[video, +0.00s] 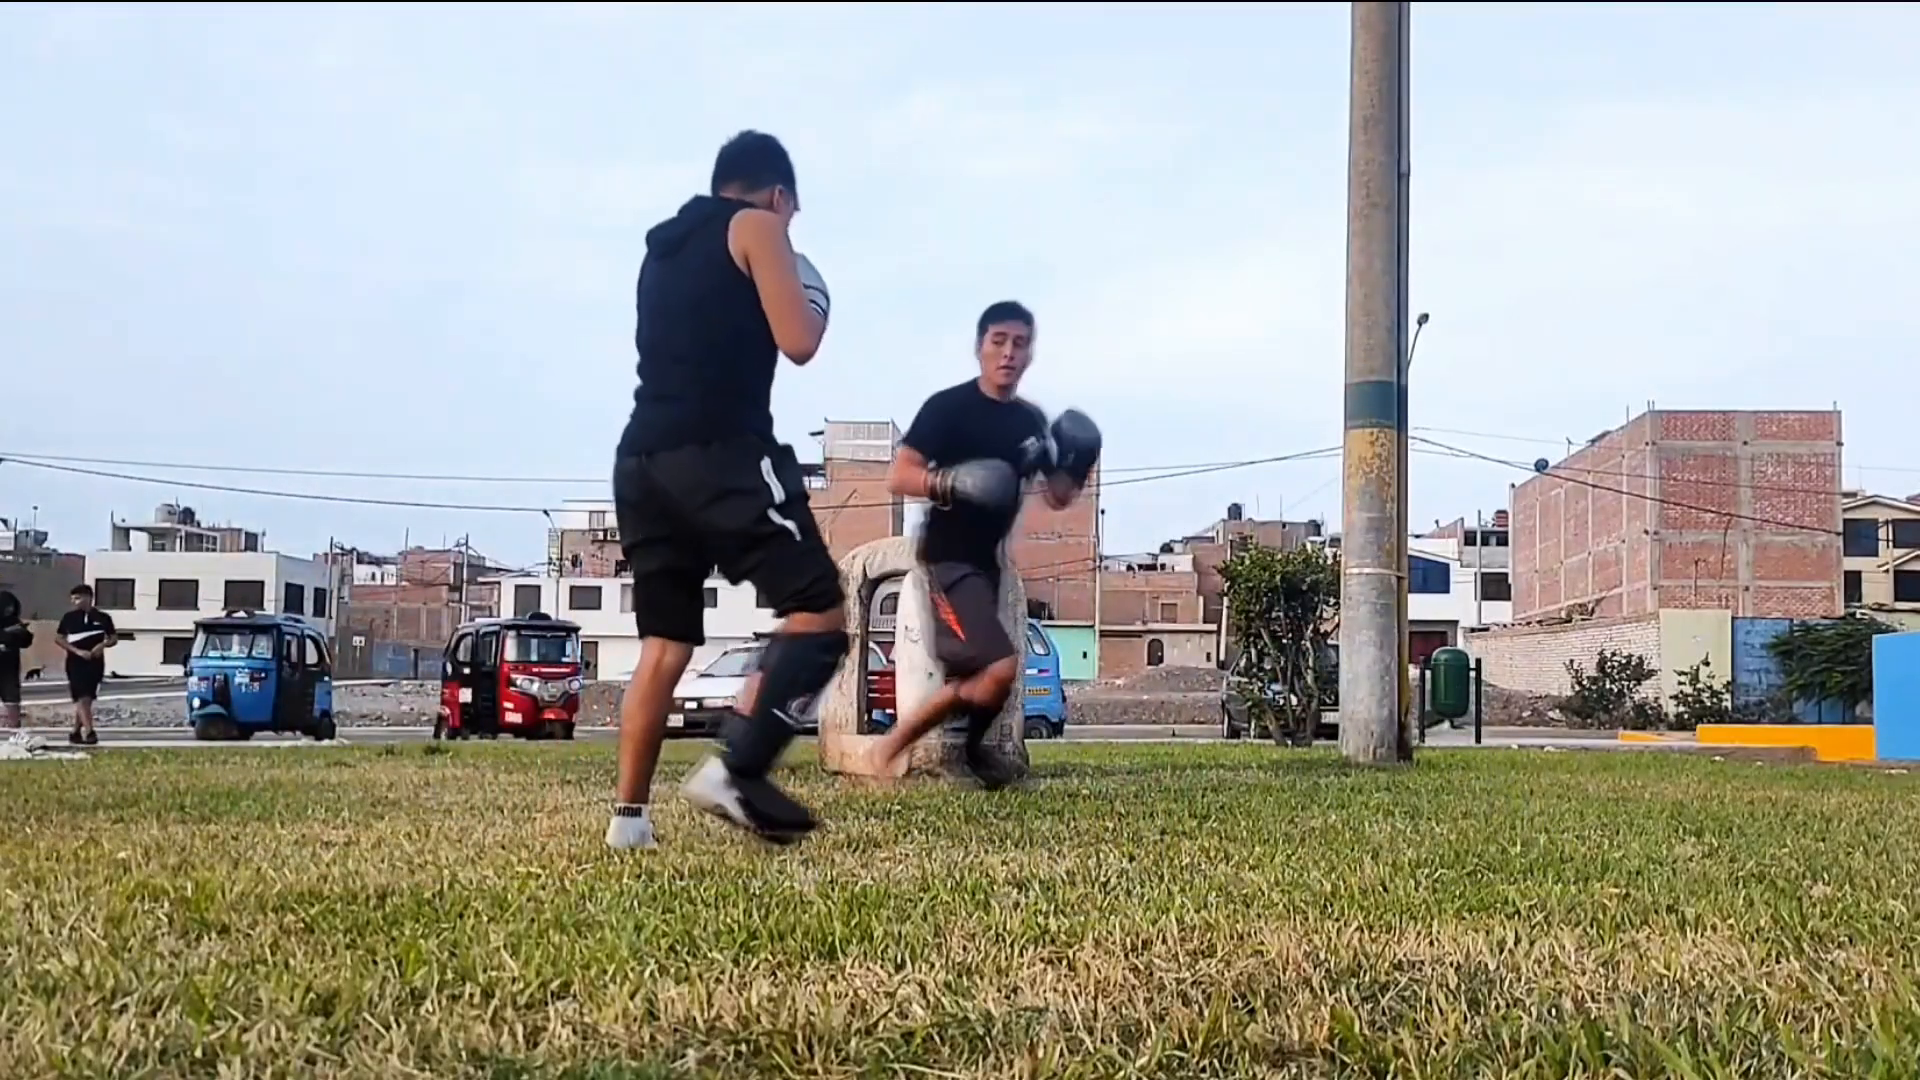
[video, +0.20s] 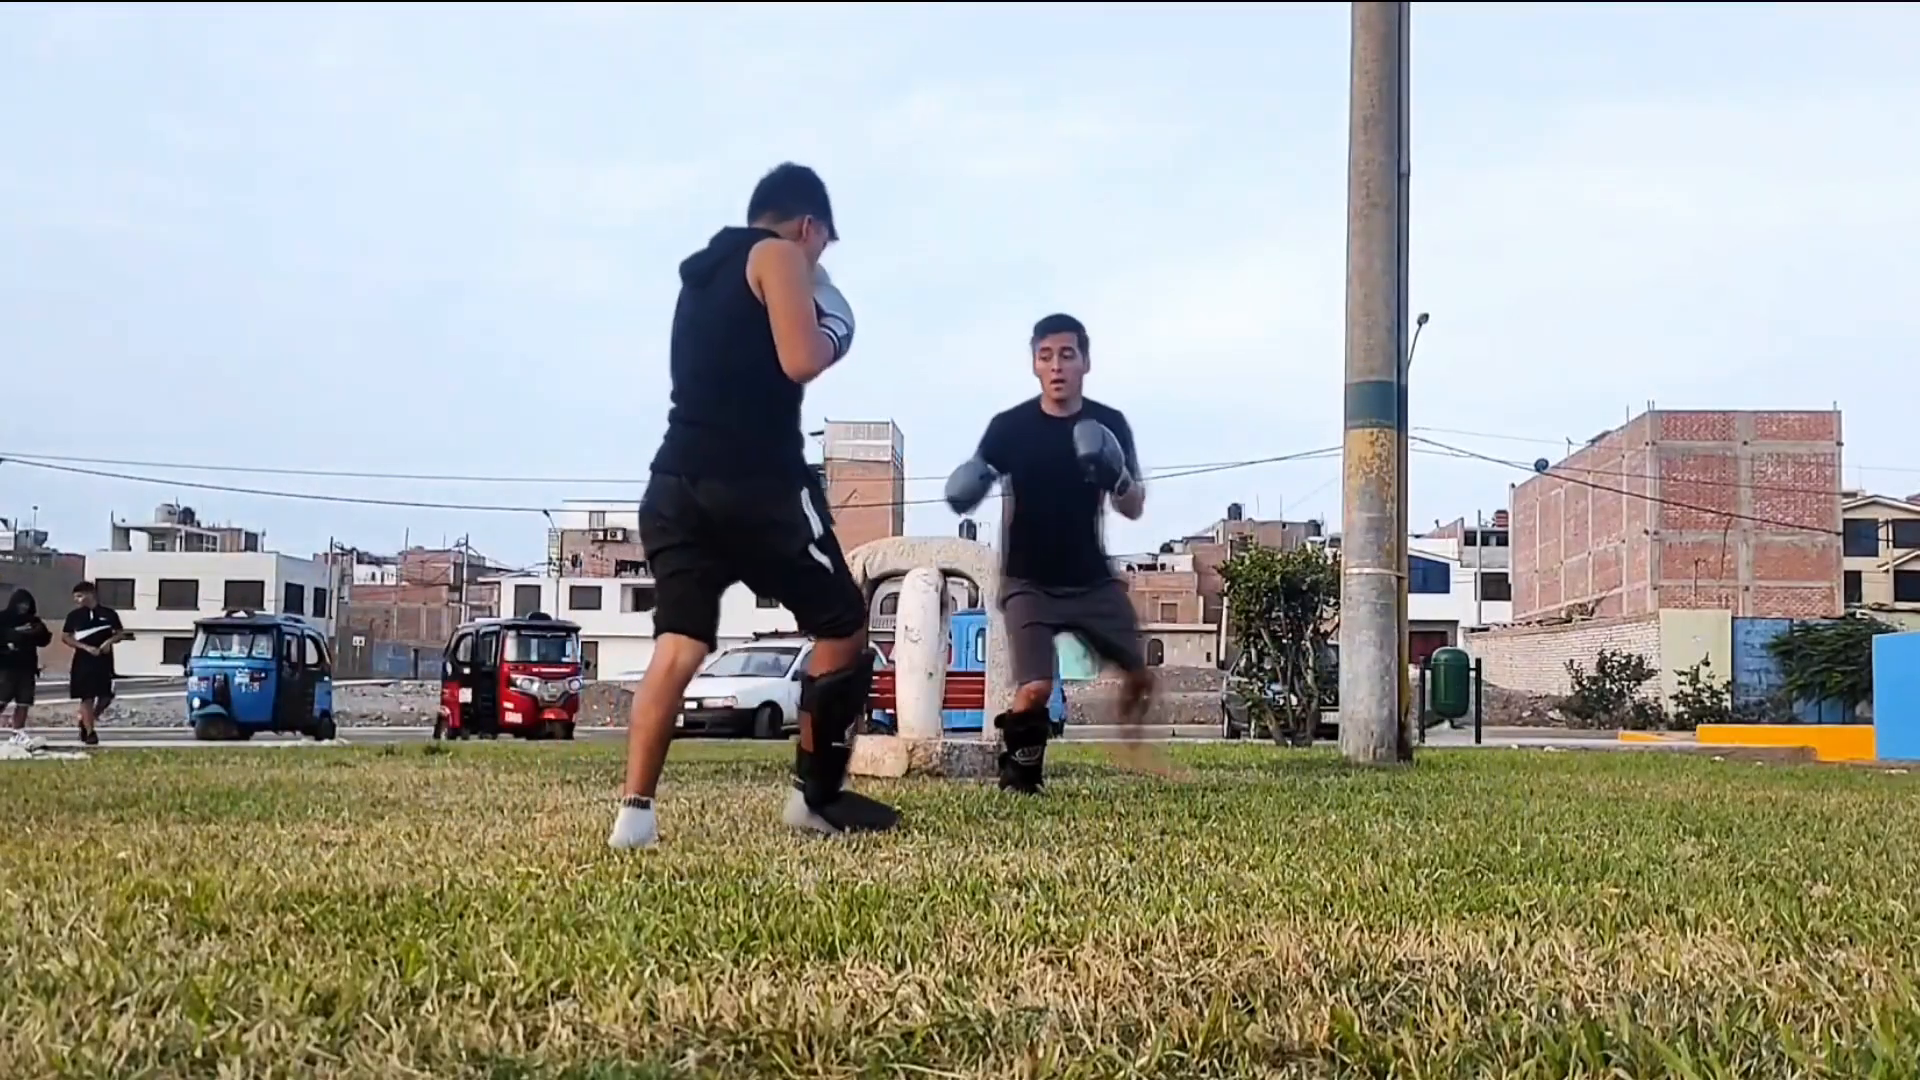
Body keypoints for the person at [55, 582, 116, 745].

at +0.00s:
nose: (75, 602)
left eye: (78, 598)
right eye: (73, 598)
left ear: (89, 599)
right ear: (72, 600)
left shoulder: (103, 618)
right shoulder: (69, 617)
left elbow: (113, 639)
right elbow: (59, 638)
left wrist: (101, 646)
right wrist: (77, 651)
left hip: (94, 659)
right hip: (75, 660)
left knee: (86, 696)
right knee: (82, 696)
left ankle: (77, 729)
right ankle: (89, 731)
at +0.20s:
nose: (77, 600)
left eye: (79, 596)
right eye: (75, 597)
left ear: (91, 594)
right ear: (76, 598)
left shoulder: (108, 614)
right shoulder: (74, 616)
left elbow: (120, 633)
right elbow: (66, 637)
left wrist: (109, 642)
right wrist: (86, 647)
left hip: (103, 660)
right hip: (84, 661)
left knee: (106, 696)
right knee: (87, 697)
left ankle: (86, 721)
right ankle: (90, 730)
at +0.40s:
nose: (83, 600)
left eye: (86, 596)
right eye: (81, 597)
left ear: (97, 595)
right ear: (81, 597)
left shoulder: (113, 613)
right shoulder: (79, 614)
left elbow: (124, 634)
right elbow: (72, 636)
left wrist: (112, 646)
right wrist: (91, 647)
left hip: (108, 660)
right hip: (88, 661)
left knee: (116, 693)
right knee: (89, 697)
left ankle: (108, 725)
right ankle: (91, 731)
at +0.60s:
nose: (80, 605)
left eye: (83, 601)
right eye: (79, 602)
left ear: (93, 600)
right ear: (78, 601)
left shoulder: (109, 619)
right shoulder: (73, 620)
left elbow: (117, 641)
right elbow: (66, 640)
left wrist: (108, 654)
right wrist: (83, 654)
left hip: (101, 664)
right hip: (80, 665)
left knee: (107, 700)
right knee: (79, 702)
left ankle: (113, 734)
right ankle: (78, 736)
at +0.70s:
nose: (53, 614)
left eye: (57, 610)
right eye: (52, 610)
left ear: (68, 610)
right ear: (50, 612)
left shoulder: (82, 629)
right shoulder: (47, 628)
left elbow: (88, 652)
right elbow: (37, 650)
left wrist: (80, 665)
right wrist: (53, 664)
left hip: (73, 675)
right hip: (52, 675)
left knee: (77, 712)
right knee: (49, 713)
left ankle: (80, 747)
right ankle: (46, 748)